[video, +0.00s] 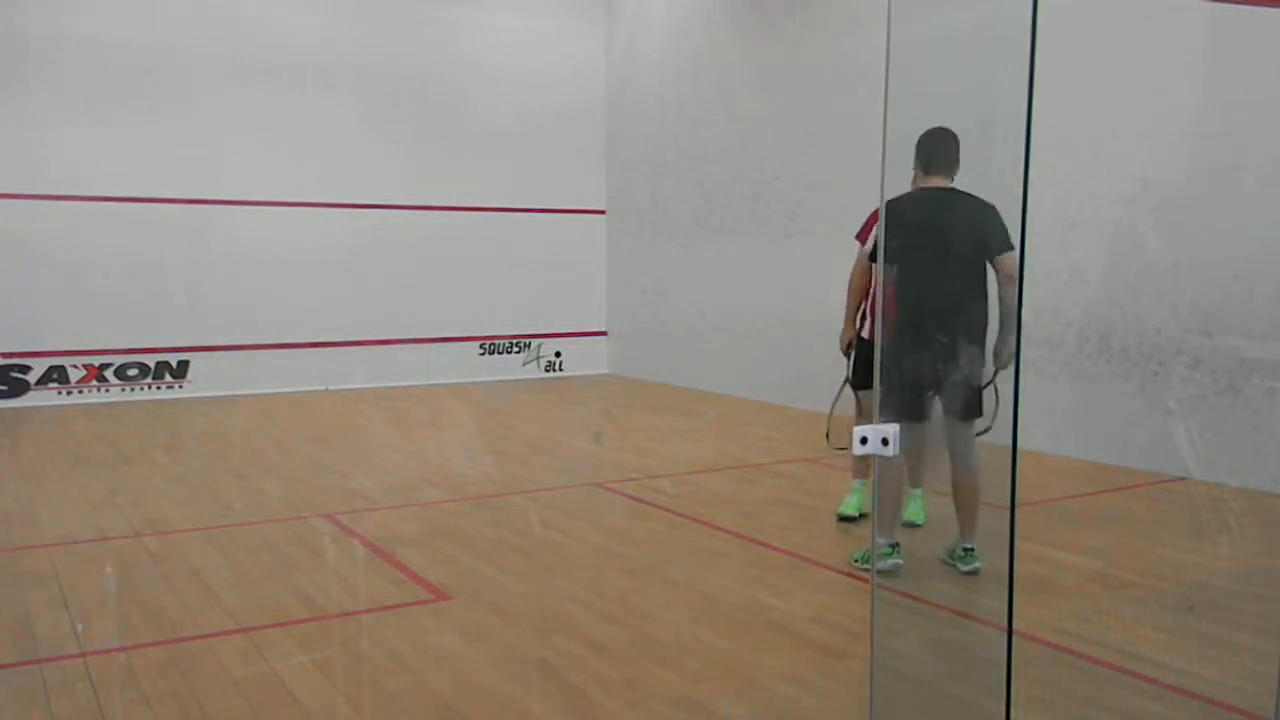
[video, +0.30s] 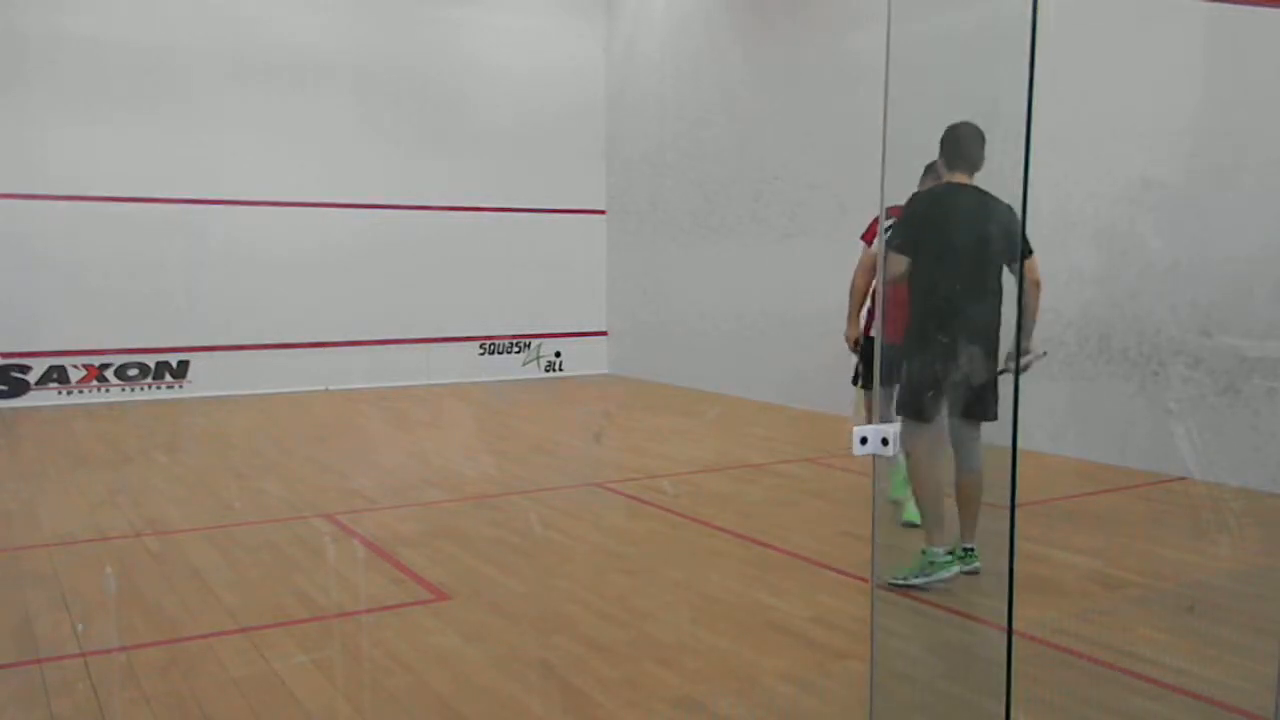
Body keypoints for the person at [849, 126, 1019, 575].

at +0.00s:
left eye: (920, 163)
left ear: (916, 164)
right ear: (957, 166)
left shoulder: (894, 210)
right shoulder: (981, 212)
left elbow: (869, 275)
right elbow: (1009, 275)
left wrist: (855, 326)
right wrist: (1007, 336)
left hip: (906, 342)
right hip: (964, 343)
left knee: (893, 440)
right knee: (963, 440)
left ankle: (884, 545)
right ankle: (967, 546)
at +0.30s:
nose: (947, 163)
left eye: (943, 156)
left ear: (940, 159)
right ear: (981, 162)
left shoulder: (922, 206)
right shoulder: (1001, 213)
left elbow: (891, 270)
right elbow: (1032, 279)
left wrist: (925, 261)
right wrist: (1025, 338)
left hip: (932, 340)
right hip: (981, 342)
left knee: (920, 436)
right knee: (968, 437)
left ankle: (938, 551)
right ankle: (968, 547)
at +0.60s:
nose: (929, 157)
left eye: (933, 150)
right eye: (933, 149)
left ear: (945, 153)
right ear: (973, 156)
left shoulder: (956, 205)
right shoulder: (989, 208)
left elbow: (947, 273)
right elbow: (1005, 276)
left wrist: (906, 293)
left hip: (957, 346)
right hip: (979, 345)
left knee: (946, 445)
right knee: (959, 446)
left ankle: (975, 566)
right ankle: (968, 546)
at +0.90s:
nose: (940, 152)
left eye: (951, 145)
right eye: (937, 143)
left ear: (979, 150)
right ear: (935, 144)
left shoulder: (995, 204)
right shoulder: (948, 205)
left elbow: (1009, 280)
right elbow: (943, 276)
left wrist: (944, 300)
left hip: (976, 349)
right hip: (936, 344)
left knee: (967, 453)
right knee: (918, 447)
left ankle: (979, 570)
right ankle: (929, 551)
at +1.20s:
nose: (968, 150)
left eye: (978, 142)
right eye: (958, 141)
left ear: (989, 149)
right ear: (937, 145)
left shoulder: (1009, 212)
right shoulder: (911, 208)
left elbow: (1033, 281)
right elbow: (894, 281)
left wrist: (992, 315)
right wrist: (879, 334)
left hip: (978, 357)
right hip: (918, 351)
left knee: (971, 457)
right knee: (910, 464)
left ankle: (978, 571)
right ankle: (904, 587)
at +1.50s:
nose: (952, 137)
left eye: (958, 128)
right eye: (941, 128)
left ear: (962, 137)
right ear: (912, 135)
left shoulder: (978, 198)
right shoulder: (881, 207)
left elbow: (1001, 279)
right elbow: (852, 283)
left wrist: (978, 344)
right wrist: (824, 354)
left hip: (963, 363)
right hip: (899, 363)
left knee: (965, 480)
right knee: (903, 482)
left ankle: (957, 554)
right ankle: (911, 604)